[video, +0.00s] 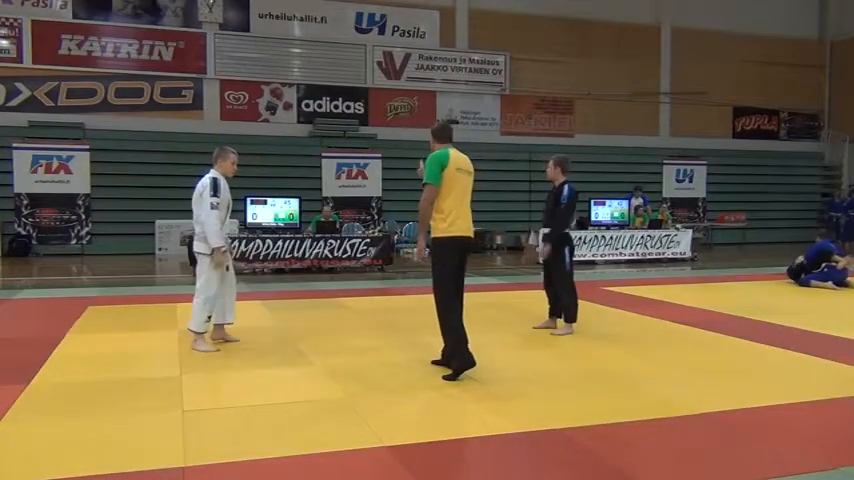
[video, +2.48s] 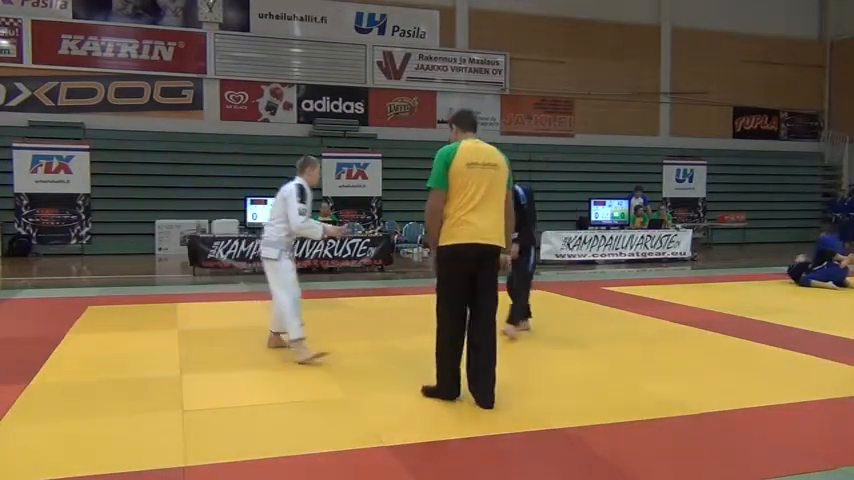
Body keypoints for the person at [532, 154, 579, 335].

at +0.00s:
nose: (547, 171)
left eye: (549, 168)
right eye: (547, 168)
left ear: (558, 169)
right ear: (557, 170)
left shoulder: (568, 190)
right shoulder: (553, 190)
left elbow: (563, 219)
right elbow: (548, 217)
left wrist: (551, 242)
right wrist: (542, 240)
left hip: (561, 239)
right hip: (549, 238)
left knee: (564, 280)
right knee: (550, 280)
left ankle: (569, 323)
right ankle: (552, 317)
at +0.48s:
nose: (550, 171)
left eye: (552, 167)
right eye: (551, 167)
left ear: (560, 169)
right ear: (561, 170)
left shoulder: (571, 190)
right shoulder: (557, 191)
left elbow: (572, 221)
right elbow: (553, 221)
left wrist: (568, 247)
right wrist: (546, 245)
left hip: (564, 240)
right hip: (552, 239)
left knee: (567, 282)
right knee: (551, 280)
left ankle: (569, 323)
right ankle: (552, 318)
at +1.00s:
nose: (551, 171)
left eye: (553, 168)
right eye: (552, 168)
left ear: (561, 170)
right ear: (562, 170)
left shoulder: (574, 191)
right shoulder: (557, 191)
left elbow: (573, 222)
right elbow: (551, 218)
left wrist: (565, 248)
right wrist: (541, 238)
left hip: (565, 240)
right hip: (551, 239)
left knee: (568, 282)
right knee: (550, 281)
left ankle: (569, 323)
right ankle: (551, 318)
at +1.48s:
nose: (545, 172)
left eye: (548, 169)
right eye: (544, 169)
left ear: (559, 169)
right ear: (552, 171)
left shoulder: (569, 191)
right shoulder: (551, 192)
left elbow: (575, 218)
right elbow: (547, 216)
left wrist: (560, 232)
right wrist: (533, 232)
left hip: (566, 244)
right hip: (550, 243)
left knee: (569, 284)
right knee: (540, 282)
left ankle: (570, 323)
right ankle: (537, 318)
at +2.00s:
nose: (512, 179)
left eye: (514, 175)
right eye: (511, 175)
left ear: (524, 172)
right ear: (519, 174)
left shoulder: (540, 189)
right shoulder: (522, 193)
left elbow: (545, 217)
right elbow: (514, 220)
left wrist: (535, 236)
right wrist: (499, 241)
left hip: (546, 239)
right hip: (531, 240)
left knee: (550, 280)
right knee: (526, 281)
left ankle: (564, 321)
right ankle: (525, 320)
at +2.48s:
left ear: (509, 178)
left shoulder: (522, 191)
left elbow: (528, 221)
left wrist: (518, 242)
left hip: (526, 243)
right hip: (515, 243)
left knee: (521, 280)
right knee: (513, 281)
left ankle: (513, 321)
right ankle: (523, 317)